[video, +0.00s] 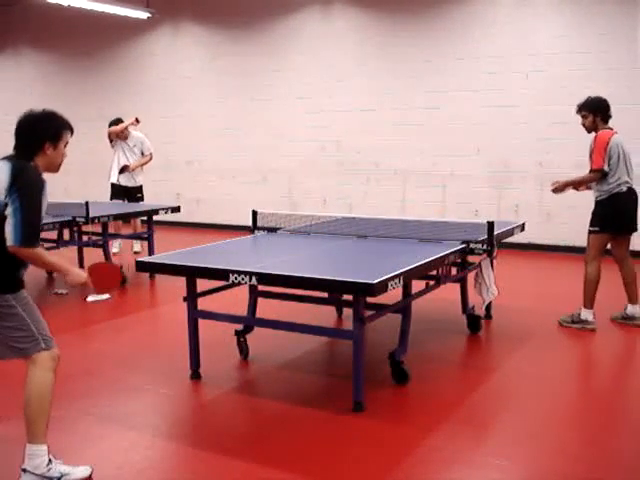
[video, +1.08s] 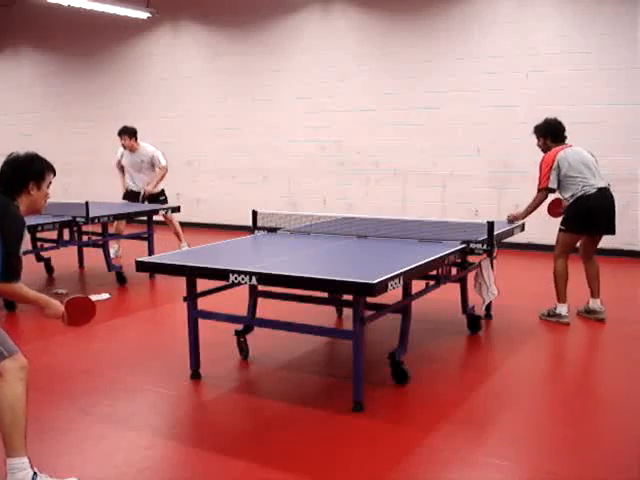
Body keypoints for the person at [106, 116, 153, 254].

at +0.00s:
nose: (120, 136)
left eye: (121, 132)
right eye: (117, 134)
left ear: (126, 129)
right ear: (113, 134)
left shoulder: (139, 138)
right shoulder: (116, 142)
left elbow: (149, 155)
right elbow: (111, 132)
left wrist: (135, 165)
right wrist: (128, 123)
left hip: (135, 183)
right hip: (117, 182)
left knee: (135, 215)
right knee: (115, 215)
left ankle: (137, 240)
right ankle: (117, 239)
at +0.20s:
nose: (122, 135)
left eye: (123, 132)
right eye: (119, 134)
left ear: (127, 128)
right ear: (116, 133)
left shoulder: (140, 138)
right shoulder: (115, 141)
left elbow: (150, 156)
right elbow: (104, 132)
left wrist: (136, 166)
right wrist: (121, 127)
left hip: (136, 182)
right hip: (119, 181)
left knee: (136, 215)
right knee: (117, 214)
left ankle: (137, 240)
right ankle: (118, 241)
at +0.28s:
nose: (123, 132)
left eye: (123, 128)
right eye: (119, 131)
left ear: (127, 124)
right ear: (115, 131)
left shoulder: (140, 139)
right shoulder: (115, 140)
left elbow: (150, 157)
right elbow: (97, 145)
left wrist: (137, 168)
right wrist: (109, 142)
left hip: (136, 184)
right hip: (118, 183)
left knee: (136, 215)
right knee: (117, 216)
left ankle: (136, 241)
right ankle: (117, 243)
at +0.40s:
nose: (122, 131)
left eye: (123, 127)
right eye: (118, 129)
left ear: (127, 125)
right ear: (114, 130)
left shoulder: (138, 139)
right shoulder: (111, 141)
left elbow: (148, 157)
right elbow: (96, 155)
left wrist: (137, 170)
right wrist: (106, 157)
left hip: (135, 184)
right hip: (118, 184)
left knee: (136, 216)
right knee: (117, 217)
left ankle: (136, 241)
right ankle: (117, 244)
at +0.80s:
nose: (109, 135)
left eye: (112, 131)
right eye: (108, 132)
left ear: (120, 130)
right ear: (106, 132)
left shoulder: (134, 142)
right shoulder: (104, 147)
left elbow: (146, 157)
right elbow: (98, 162)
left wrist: (144, 178)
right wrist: (107, 177)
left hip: (138, 185)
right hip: (119, 187)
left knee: (152, 213)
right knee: (117, 219)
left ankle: (157, 238)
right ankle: (117, 246)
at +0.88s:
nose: (111, 136)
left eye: (114, 133)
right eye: (110, 133)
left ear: (123, 133)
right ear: (109, 133)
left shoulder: (137, 144)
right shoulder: (108, 147)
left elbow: (150, 160)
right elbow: (101, 162)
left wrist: (146, 180)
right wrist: (108, 177)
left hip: (142, 184)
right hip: (124, 187)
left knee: (160, 212)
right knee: (119, 217)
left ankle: (174, 239)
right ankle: (117, 247)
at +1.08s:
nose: (122, 143)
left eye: (124, 139)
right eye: (121, 139)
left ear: (133, 139)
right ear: (121, 140)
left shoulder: (151, 152)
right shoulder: (122, 153)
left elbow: (163, 168)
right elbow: (119, 165)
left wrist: (152, 186)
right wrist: (124, 184)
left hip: (154, 192)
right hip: (132, 192)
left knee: (167, 217)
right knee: (120, 219)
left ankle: (183, 243)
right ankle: (116, 247)